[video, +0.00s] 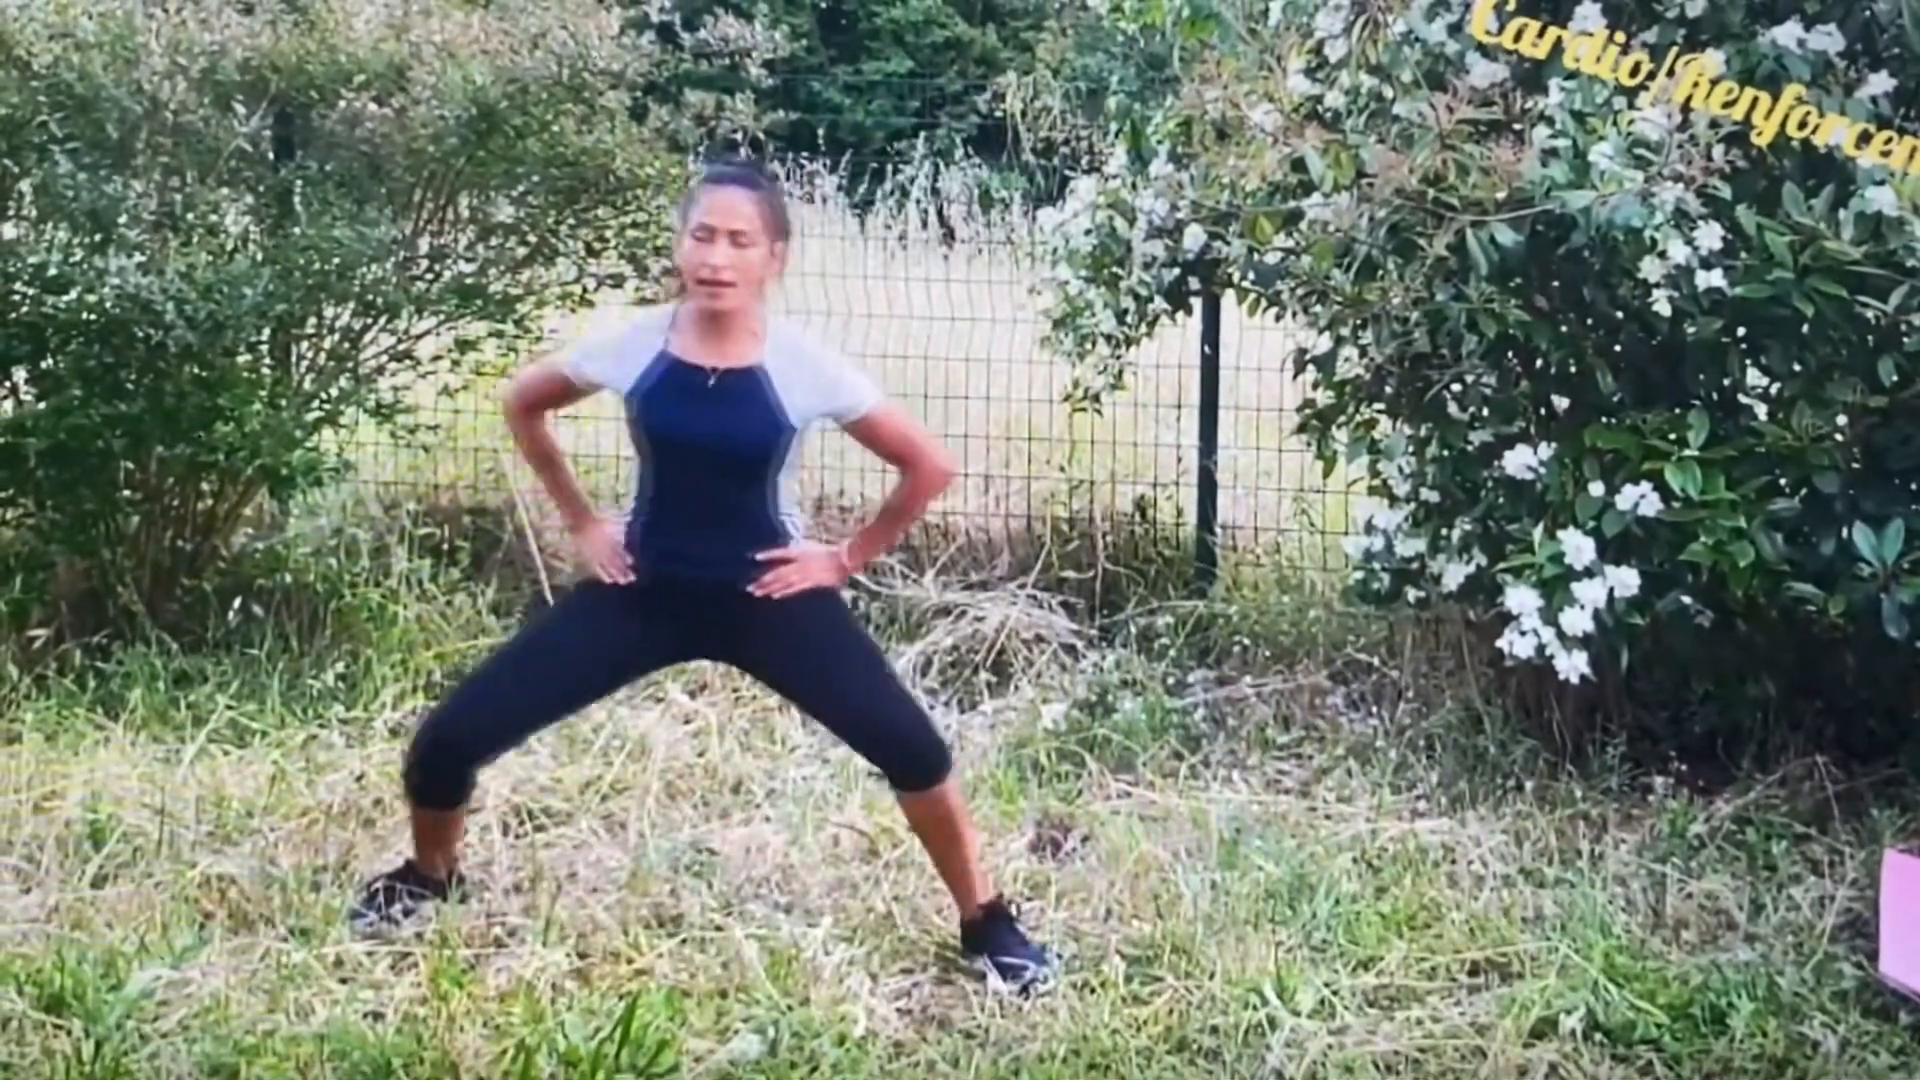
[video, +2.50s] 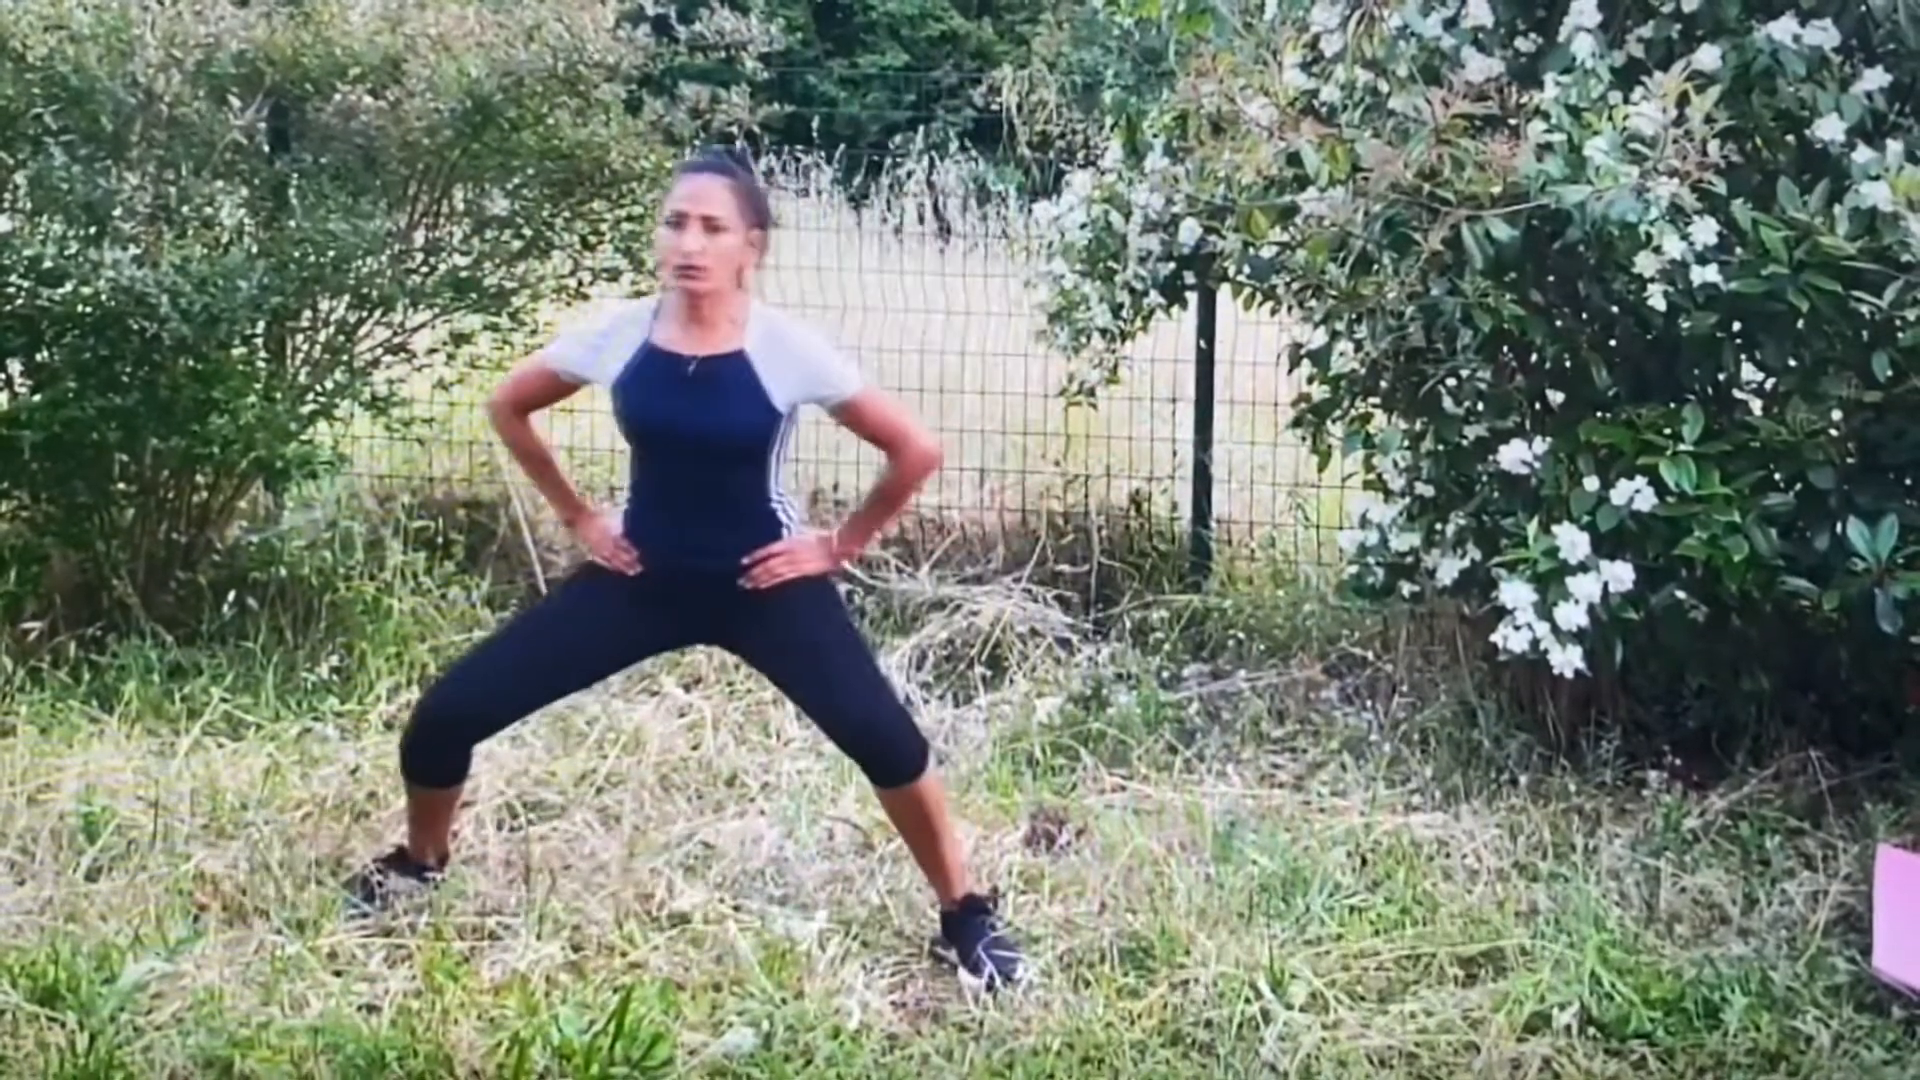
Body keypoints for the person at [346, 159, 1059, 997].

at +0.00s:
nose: (714, 254)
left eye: (737, 240)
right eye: (701, 235)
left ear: (774, 260)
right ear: (677, 248)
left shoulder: (803, 365)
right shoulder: (630, 344)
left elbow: (929, 466)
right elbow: (522, 404)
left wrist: (849, 559)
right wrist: (583, 522)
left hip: (771, 603)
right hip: (642, 598)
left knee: (913, 747)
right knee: (444, 741)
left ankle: (985, 921)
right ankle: (428, 879)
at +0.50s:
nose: (891, 205)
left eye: (913, 188)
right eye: (877, 187)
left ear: (952, 208)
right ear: (858, 203)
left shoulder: (997, 304)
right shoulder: (829, 302)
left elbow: (1124, 413)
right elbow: (715, 385)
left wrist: (1059, 517)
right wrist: (796, 495)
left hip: (986, 559)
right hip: (867, 564)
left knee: (1040, 742)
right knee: (800, 763)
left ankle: (1002, 912)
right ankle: (886, 914)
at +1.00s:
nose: (1056, 258)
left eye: (1077, 237)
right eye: (1041, 239)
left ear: (1122, 255)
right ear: (1026, 255)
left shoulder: (1177, 352)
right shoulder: (1011, 361)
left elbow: (1316, 443)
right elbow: (895, 454)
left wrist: (1250, 558)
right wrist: (980, 553)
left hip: (1181, 611)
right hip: (1054, 613)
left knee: (1360, 770)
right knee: (896, 767)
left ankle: (1413, 927)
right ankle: (888, 917)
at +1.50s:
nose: (1033, 235)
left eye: (1055, 214)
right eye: (1023, 217)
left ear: (1106, 232)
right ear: (1008, 234)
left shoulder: (1163, 333)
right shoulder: (998, 339)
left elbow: (1301, 427)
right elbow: (894, 428)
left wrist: (1237, 540)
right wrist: (969, 523)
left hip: (1162, 590)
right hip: (1036, 591)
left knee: (1309, 762)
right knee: (890, 754)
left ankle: (1408, 923)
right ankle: (885, 912)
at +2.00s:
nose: (907, 171)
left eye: (930, 154)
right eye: (897, 154)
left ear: (979, 174)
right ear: (882, 171)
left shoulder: (1017, 288)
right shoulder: (854, 262)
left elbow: (1125, 423)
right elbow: (732, 309)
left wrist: (1041, 506)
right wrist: (790, 427)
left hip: (963, 536)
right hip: (844, 509)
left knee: (975, 742)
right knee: (676, 639)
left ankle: (965, 914)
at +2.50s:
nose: (687, 243)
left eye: (710, 227)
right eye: (675, 224)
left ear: (754, 249)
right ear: (656, 241)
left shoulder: (789, 349)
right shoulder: (615, 333)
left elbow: (916, 452)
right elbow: (506, 409)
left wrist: (841, 545)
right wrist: (582, 517)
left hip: (767, 592)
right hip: (640, 586)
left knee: (889, 741)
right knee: (442, 718)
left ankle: (967, 919)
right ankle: (418, 867)